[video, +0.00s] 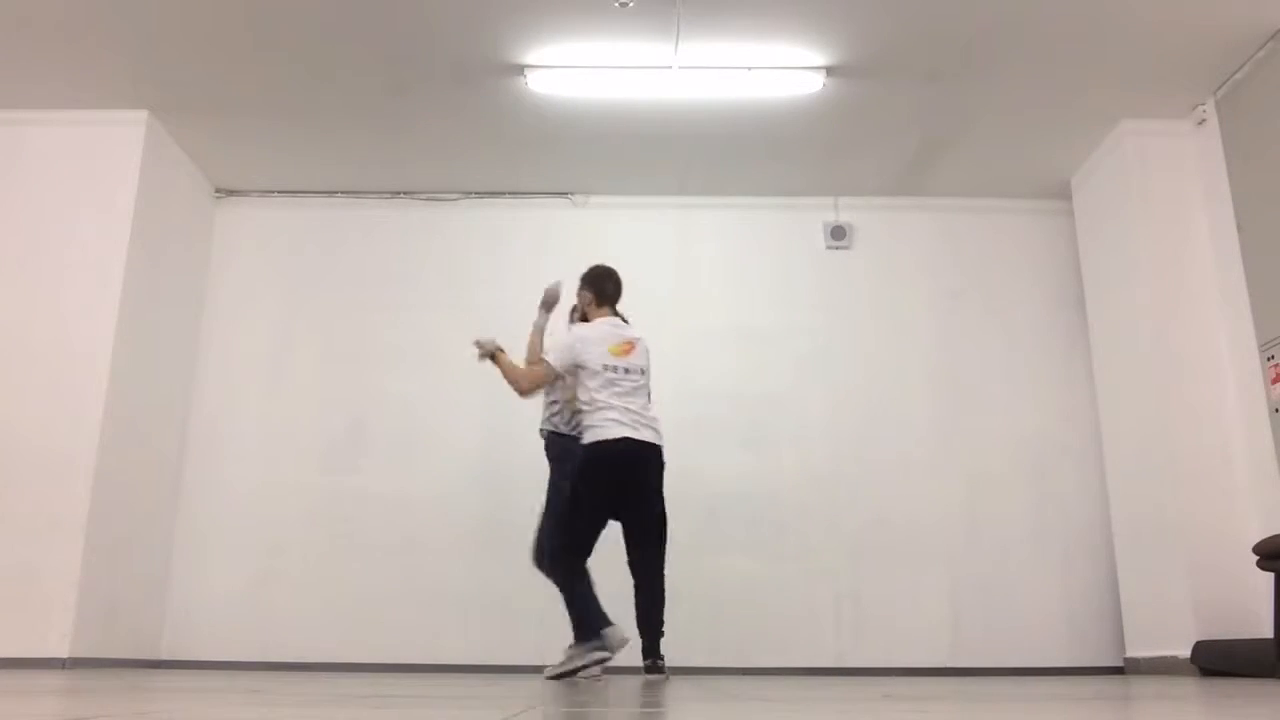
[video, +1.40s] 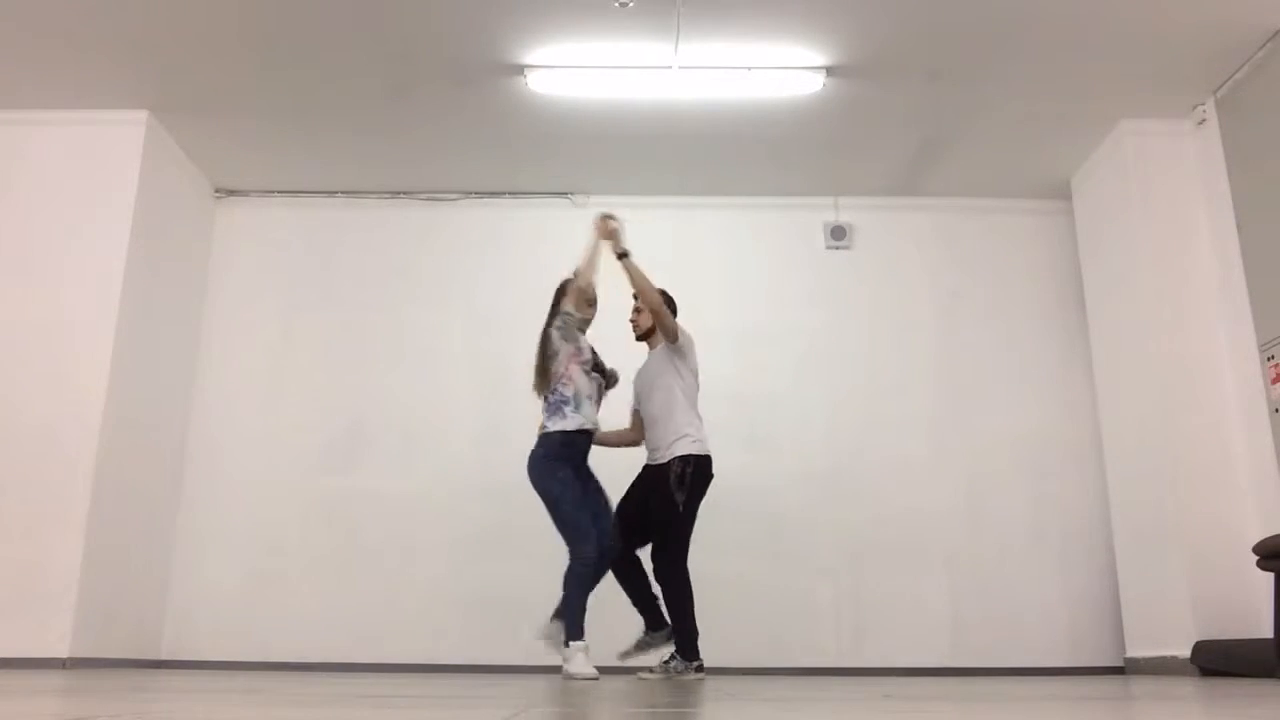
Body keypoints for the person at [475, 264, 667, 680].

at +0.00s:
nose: (577, 302)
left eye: (579, 296)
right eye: (578, 297)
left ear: (586, 298)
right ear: (616, 300)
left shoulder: (580, 337)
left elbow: (526, 382)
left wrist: (496, 355)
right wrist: (542, 319)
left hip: (599, 454)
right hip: (647, 455)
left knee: (559, 552)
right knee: (649, 560)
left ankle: (594, 636)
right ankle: (653, 654)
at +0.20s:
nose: (580, 321)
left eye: (585, 317)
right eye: (573, 315)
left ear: (592, 327)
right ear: (559, 324)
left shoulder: (590, 355)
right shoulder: (545, 359)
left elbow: (589, 304)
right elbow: (523, 382)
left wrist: (578, 254)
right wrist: (549, 369)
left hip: (579, 462)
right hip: (546, 466)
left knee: (569, 556)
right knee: (522, 551)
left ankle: (577, 647)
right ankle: (546, 635)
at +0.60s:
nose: (577, 327)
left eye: (577, 321)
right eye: (570, 320)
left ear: (565, 327)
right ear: (550, 323)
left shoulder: (573, 358)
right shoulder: (532, 357)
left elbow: (601, 335)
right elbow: (559, 379)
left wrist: (598, 299)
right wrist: (613, 364)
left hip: (556, 473)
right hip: (522, 467)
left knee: (583, 555)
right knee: (517, 553)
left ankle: (545, 645)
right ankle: (492, 645)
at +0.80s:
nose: (582, 325)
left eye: (581, 318)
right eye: (576, 318)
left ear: (564, 322)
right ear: (557, 320)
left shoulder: (564, 361)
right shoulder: (549, 358)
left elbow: (584, 400)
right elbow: (586, 385)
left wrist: (614, 370)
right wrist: (635, 354)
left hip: (567, 471)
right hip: (543, 470)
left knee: (579, 560)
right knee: (555, 556)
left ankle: (542, 650)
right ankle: (504, 639)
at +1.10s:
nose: (597, 320)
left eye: (596, 314)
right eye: (591, 314)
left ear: (566, 320)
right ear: (574, 317)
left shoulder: (552, 356)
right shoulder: (593, 349)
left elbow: (587, 395)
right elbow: (641, 344)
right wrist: (669, 302)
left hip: (540, 465)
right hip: (563, 467)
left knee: (547, 558)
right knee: (598, 546)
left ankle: (537, 652)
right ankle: (579, 646)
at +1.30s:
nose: (601, 310)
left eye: (599, 303)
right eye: (592, 303)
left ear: (581, 309)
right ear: (577, 307)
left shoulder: (571, 346)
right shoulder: (578, 337)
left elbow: (571, 405)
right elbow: (613, 309)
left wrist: (603, 375)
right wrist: (634, 255)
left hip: (562, 457)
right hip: (560, 459)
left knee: (569, 555)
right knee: (594, 548)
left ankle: (540, 649)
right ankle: (575, 649)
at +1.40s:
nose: (590, 300)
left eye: (591, 296)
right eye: (581, 295)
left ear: (590, 308)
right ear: (563, 302)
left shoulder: (584, 350)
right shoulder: (560, 335)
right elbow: (581, 287)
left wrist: (604, 380)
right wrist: (596, 238)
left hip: (577, 462)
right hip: (551, 460)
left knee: (608, 544)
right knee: (585, 544)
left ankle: (559, 621)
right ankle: (574, 647)